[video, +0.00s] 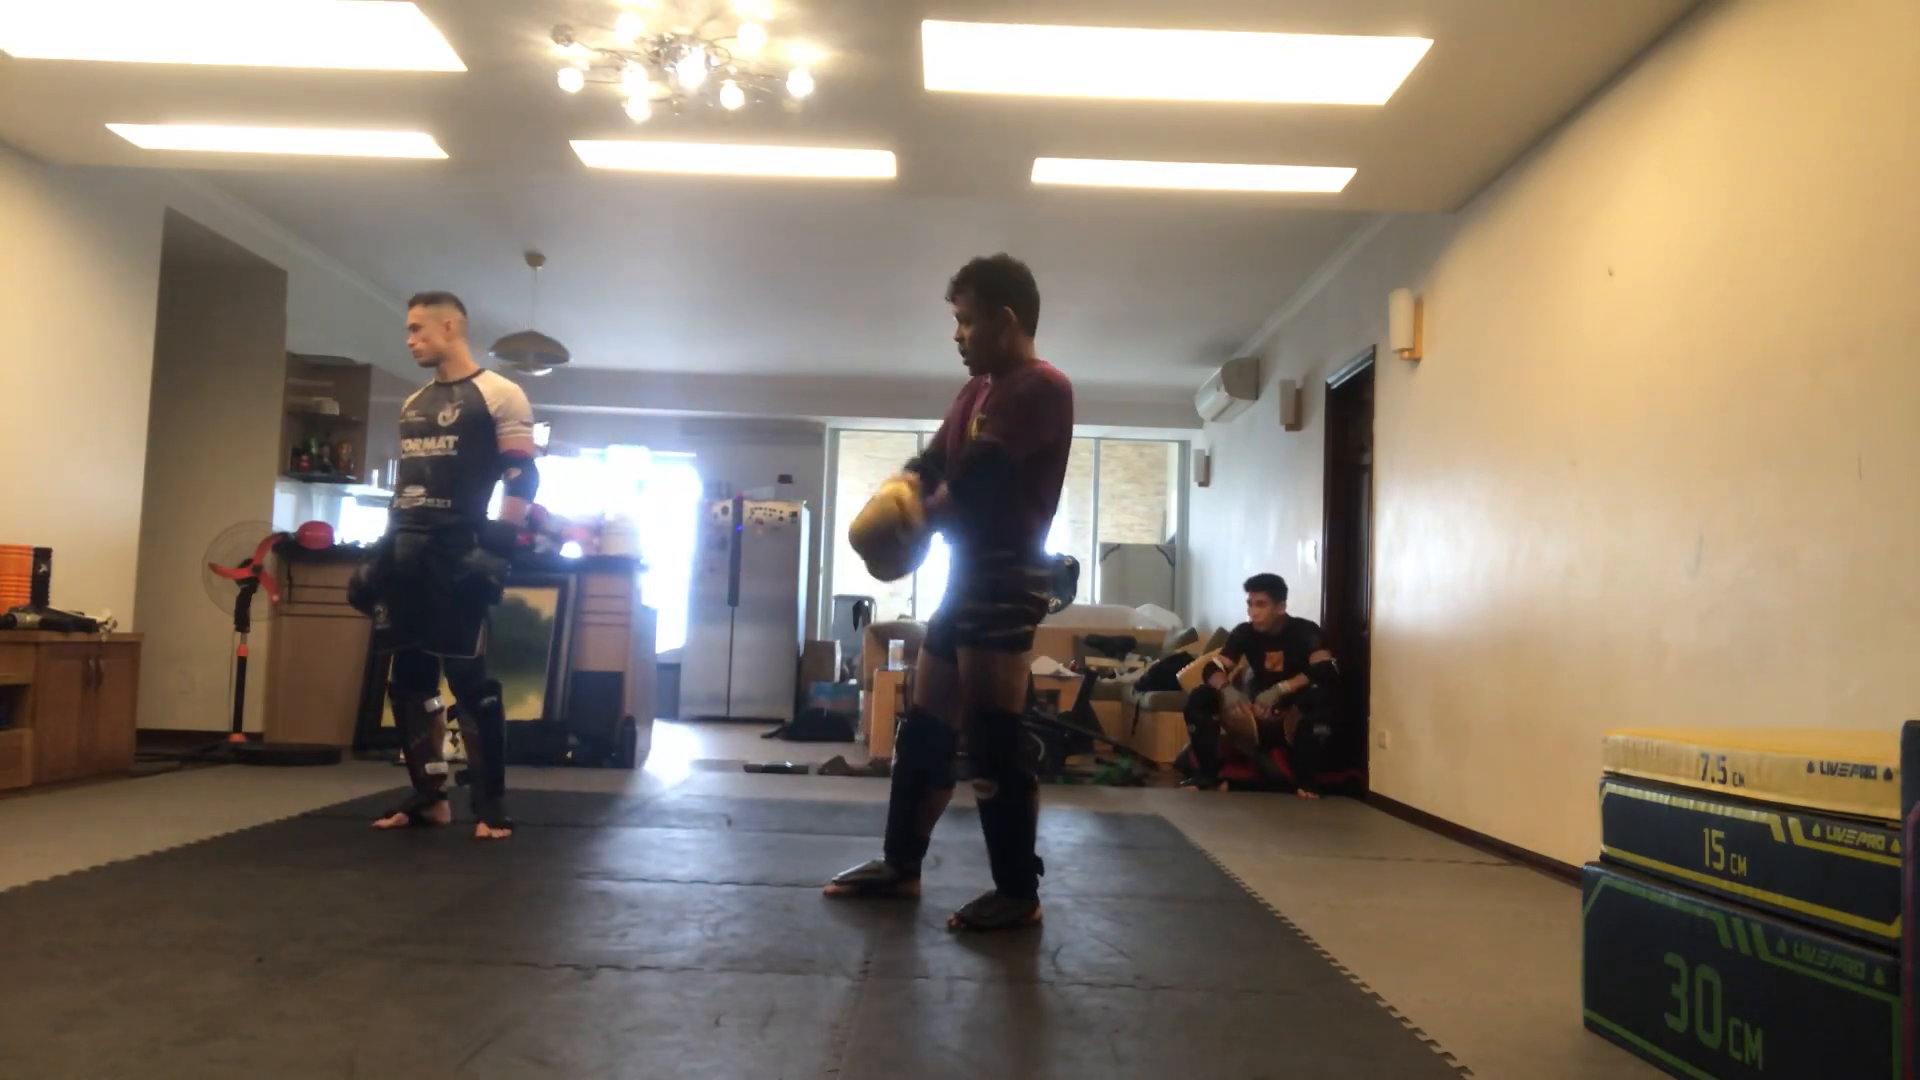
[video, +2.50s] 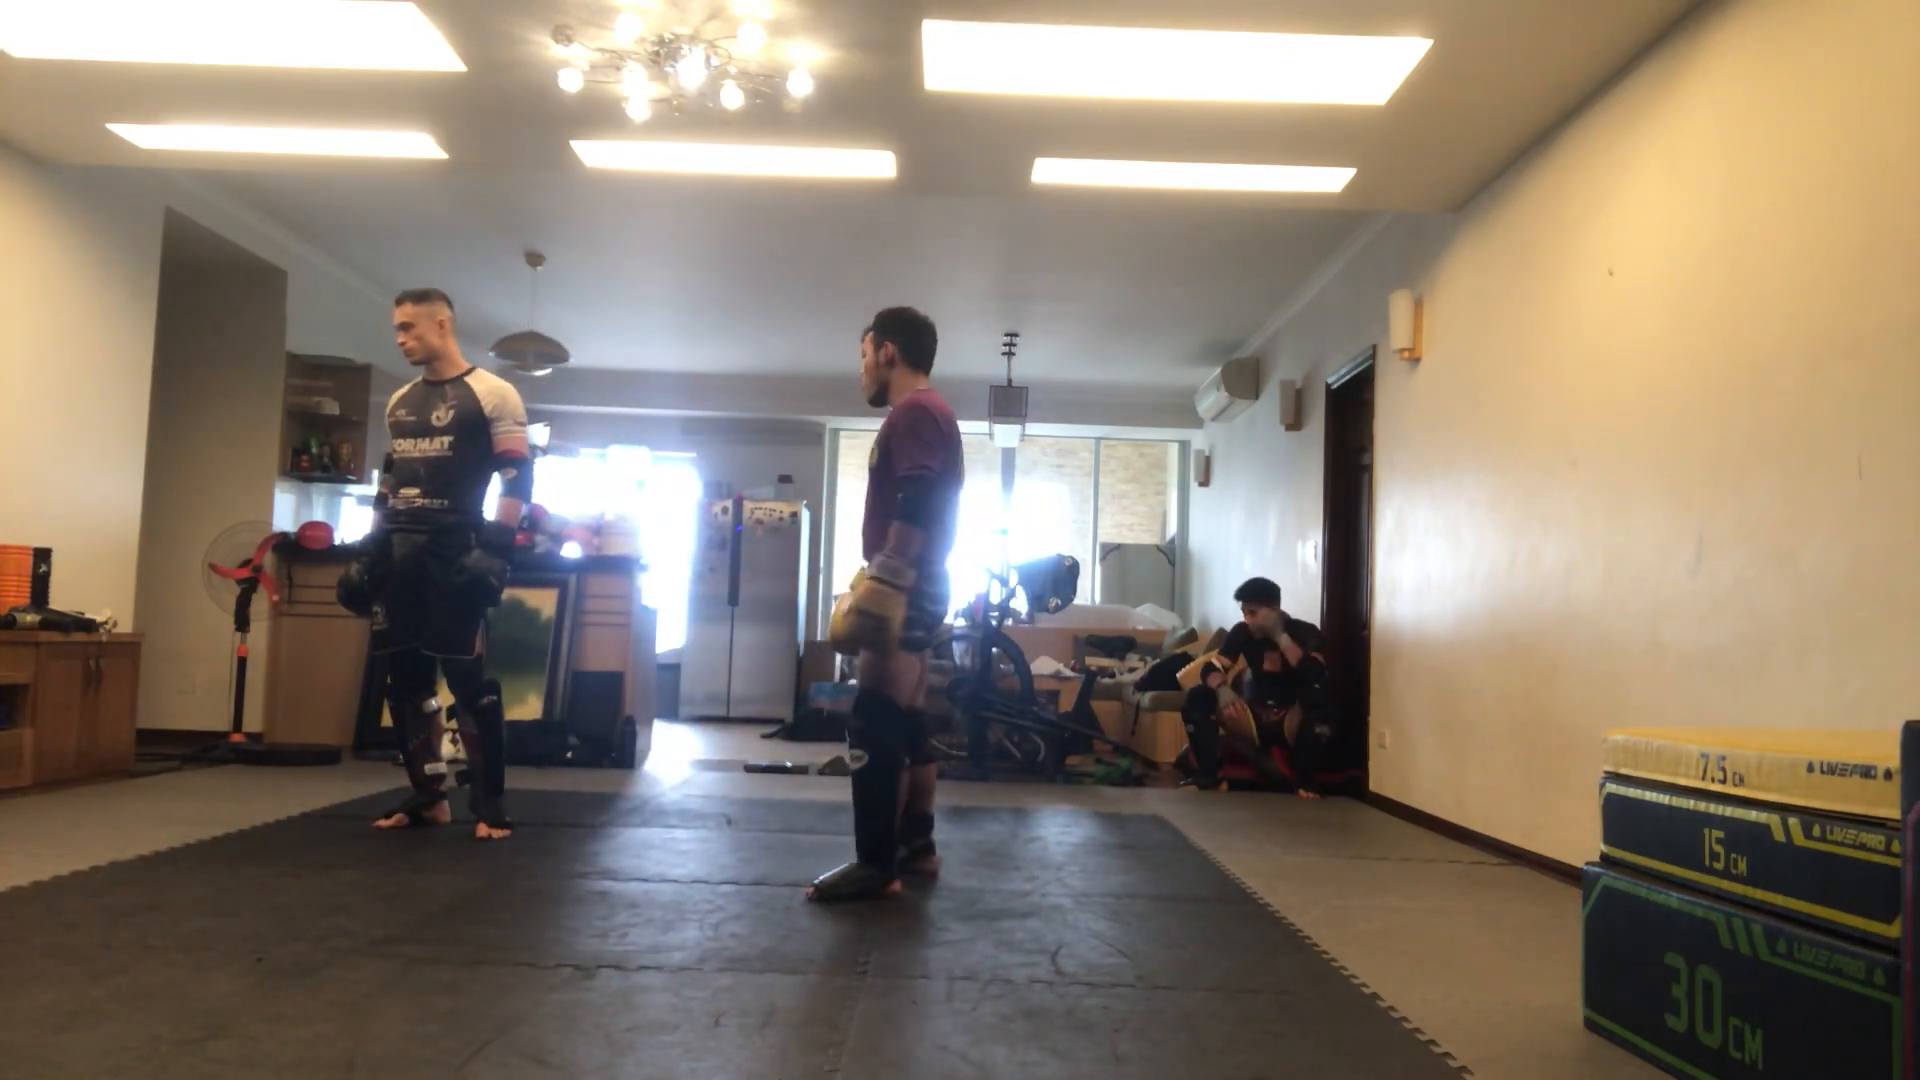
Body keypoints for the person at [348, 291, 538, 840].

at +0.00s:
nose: (410, 340)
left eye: (417, 329)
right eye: (409, 330)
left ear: (452, 328)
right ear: (438, 331)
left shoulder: (501, 395)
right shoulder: (414, 404)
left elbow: (519, 485)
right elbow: (408, 492)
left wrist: (495, 552)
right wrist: (381, 559)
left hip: (463, 555)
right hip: (409, 554)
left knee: (467, 676)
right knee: (409, 679)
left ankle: (490, 805)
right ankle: (429, 798)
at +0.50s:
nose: (405, 342)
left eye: (412, 331)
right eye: (403, 333)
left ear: (446, 327)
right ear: (435, 330)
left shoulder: (498, 395)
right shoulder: (408, 404)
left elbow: (517, 484)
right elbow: (402, 490)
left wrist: (494, 552)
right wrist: (377, 558)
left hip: (458, 556)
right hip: (404, 555)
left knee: (466, 679)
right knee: (406, 681)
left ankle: (490, 806)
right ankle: (428, 798)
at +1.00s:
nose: (404, 342)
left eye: (411, 331)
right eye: (401, 333)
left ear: (446, 327)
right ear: (427, 332)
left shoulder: (497, 396)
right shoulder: (406, 404)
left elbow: (518, 485)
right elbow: (399, 489)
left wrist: (499, 552)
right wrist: (376, 555)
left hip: (460, 555)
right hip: (405, 555)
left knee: (467, 679)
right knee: (408, 681)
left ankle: (490, 805)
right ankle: (430, 799)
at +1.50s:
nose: (402, 341)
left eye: (409, 330)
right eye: (399, 332)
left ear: (444, 325)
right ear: (408, 335)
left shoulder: (495, 395)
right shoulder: (405, 404)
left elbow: (516, 486)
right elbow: (399, 491)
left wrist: (494, 553)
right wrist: (375, 557)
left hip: (458, 554)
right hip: (403, 554)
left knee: (465, 678)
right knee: (408, 680)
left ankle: (490, 807)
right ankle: (429, 799)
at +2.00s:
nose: (400, 340)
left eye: (407, 329)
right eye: (397, 331)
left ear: (442, 324)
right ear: (404, 334)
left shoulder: (494, 394)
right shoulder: (402, 402)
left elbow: (515, 485)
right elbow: (395, 490)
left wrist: (494, 552)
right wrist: (373, 555)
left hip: (458, 554)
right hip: (401, 554)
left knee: (465, 677)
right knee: (406, 680)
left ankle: (490, 806)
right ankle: (429, 800)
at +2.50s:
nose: (401, 339)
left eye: (408, 328)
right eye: (397, 330)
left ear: (443, 323)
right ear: (402, 333)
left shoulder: (493, 393)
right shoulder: (401, 401)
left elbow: (515, 484)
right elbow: (391, 488)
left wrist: (494, 553)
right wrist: (371, 553)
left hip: (457, 554)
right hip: (401, 553)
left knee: (465, 677)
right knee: (407, 679)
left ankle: (490, 805)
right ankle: (429, 799)